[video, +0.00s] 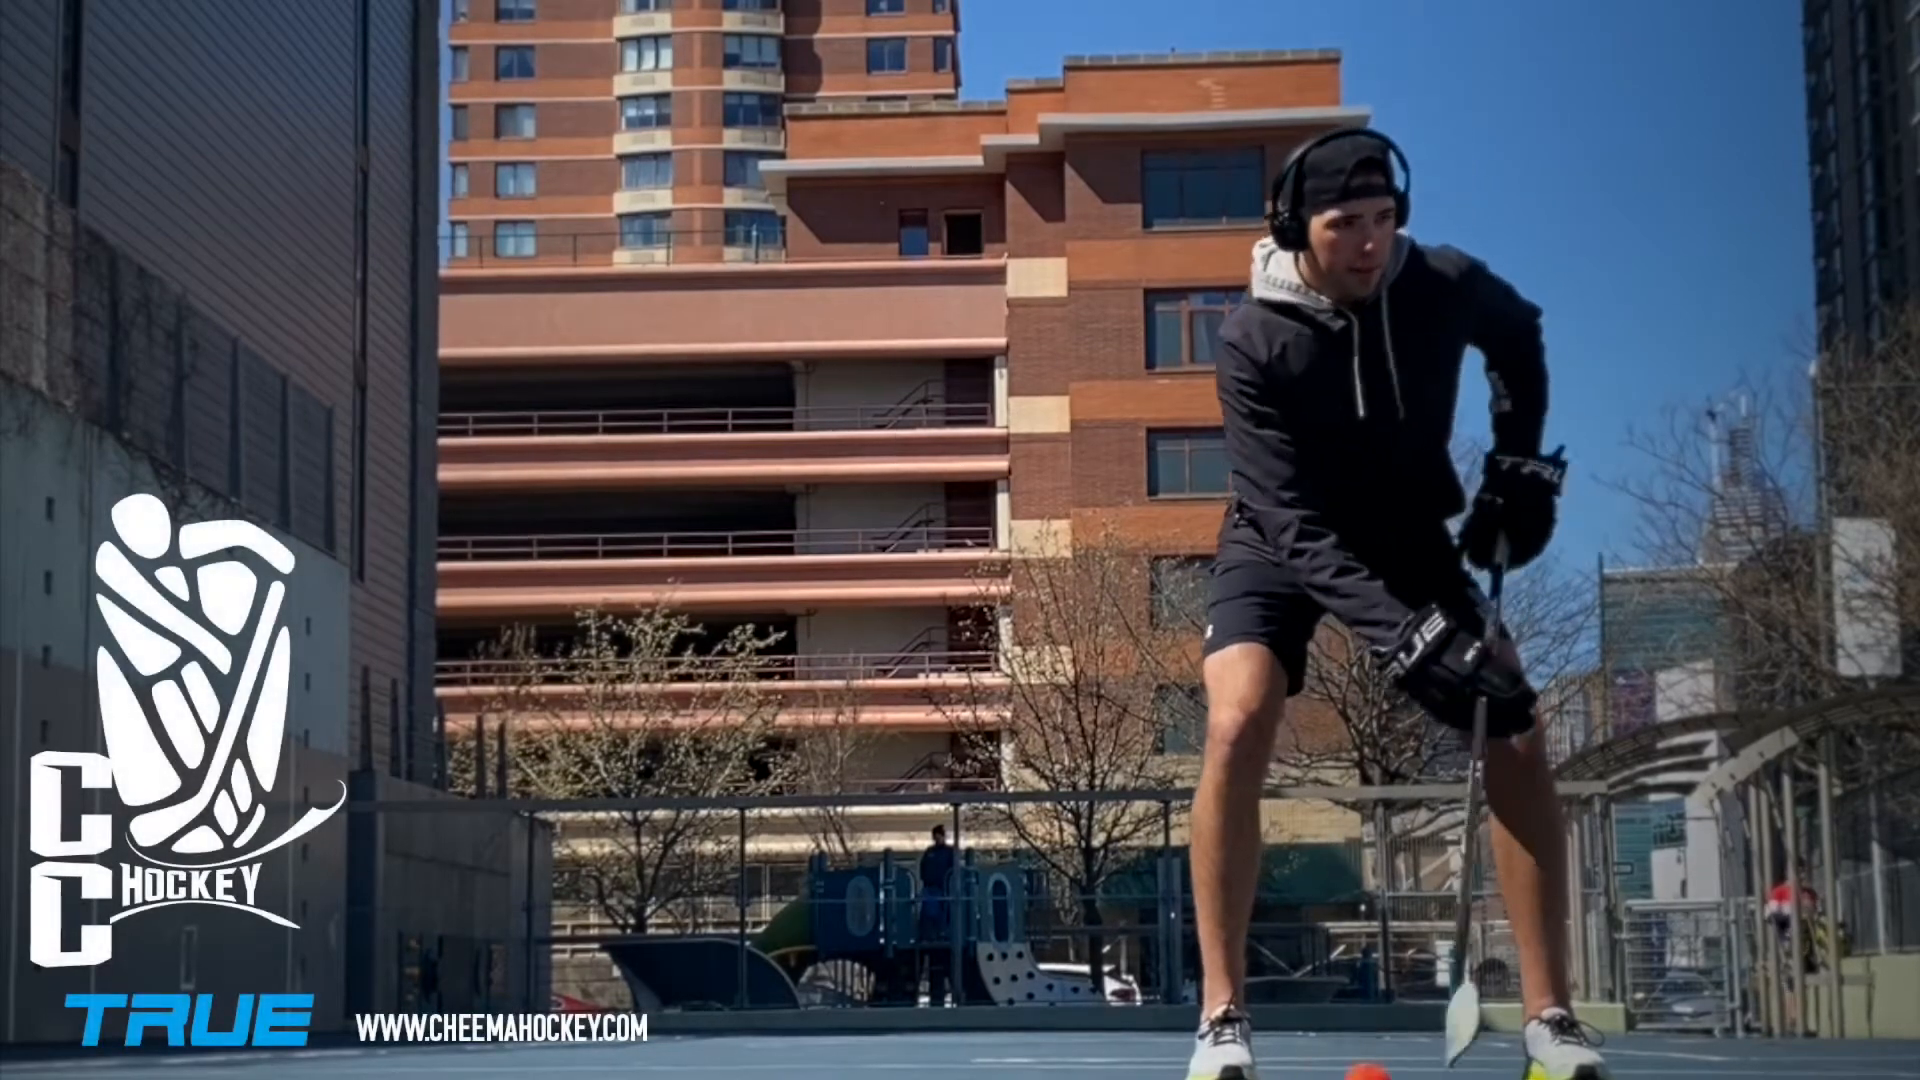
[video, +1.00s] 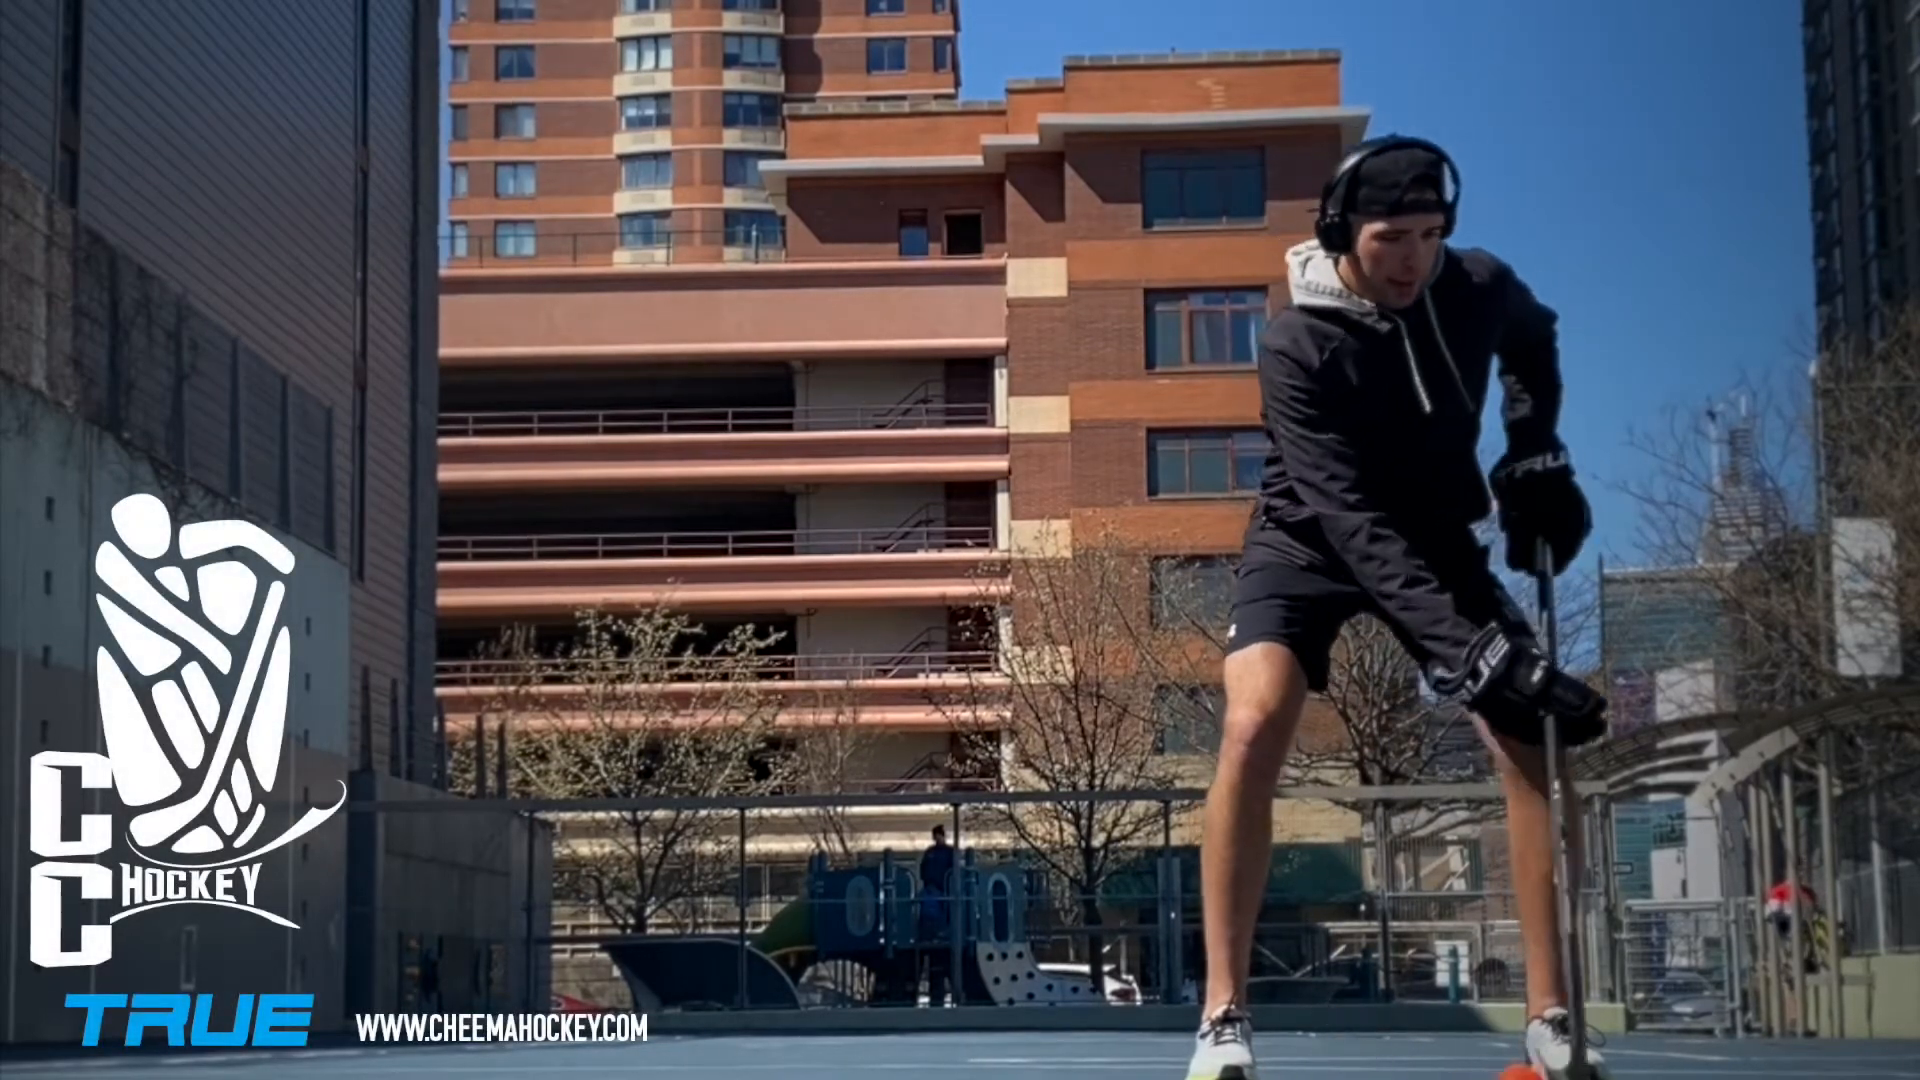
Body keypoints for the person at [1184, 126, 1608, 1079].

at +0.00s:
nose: (1371, 243)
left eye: (1384, 221)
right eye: (1347, 225)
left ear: (1401, 217)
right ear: (1297, 227)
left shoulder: (1440, 283)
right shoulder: (1257, 338)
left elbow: (1518, 334)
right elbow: (1292, 524)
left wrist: (1519, 465)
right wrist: (1414, 636)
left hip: (1411, 533)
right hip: (1280, 538)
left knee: (1515, 731)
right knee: (1238, 724)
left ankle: (1550, 1014)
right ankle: (1222, 1014)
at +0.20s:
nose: (1376, 242)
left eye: (1390, 220)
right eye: (1352, 223)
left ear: (1409, 218)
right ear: (1302, 225)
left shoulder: (1447, 285)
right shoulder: (1264, 341)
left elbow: (1515, 353)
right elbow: (1295, 528)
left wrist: (1523, 465)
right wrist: (1403, 646)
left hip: (1412, 536)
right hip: (1282, 541)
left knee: (1520, 735)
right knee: (1242, 725)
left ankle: (1550, 1016)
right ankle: (1223, 1012)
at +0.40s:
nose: (1395, 253)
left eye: (1411, 232)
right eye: (1375, 234)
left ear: (1430, 225)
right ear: (1331, 227)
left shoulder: (1467, 285)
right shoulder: (1278, 334)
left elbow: (1536, 347)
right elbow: (1293, 521)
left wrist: (1560, 465)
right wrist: (1414, 632)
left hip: (1426, 536)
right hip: (1296, 538)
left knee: (1527, 732)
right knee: (1250, 727)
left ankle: (1550, 1016)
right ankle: (1221, 1014)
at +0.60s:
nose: (1410, 254)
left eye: (1426, 233)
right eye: (1389, 236)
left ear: (1446, 226)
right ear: (1348, 230)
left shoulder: (1483, 284)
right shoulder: (1301, 336)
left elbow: (1536, 340)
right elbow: (1344, 522)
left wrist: (1540, 451)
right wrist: (1470, 656)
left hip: (1441, 530)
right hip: (1313, 529)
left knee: (1531, 747)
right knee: (1258, 726)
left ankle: (1553, 1015)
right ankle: (1223, 1012)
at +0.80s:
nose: (1446, 248)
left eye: (1462, 226)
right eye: (1424, 228)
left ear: (1479, 223)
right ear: (1378, 221)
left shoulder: (1504, 292)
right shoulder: (1316, 325)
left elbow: (1568, 368)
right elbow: (1327, 514)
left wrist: (1597, 477)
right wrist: (1432, 635)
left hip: (1446, 540)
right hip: (1317, 538)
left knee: (1545, 729)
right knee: (1269, 729)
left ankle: (1554, 1018)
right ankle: (1225, 1014)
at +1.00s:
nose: (1408, 258)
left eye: (1424, 237)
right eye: (1387, 239)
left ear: (1444, 231)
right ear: (1345, 233)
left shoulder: (1478, 288)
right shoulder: (1300, 341)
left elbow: (1532, 342)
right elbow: (1350, 523)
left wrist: (1534, 454)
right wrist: (1484, 659)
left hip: (1438, 529)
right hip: (1309, 532)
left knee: (1525, 742)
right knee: (1252, 727)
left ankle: (1552, 1016)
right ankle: (1222, 1014)